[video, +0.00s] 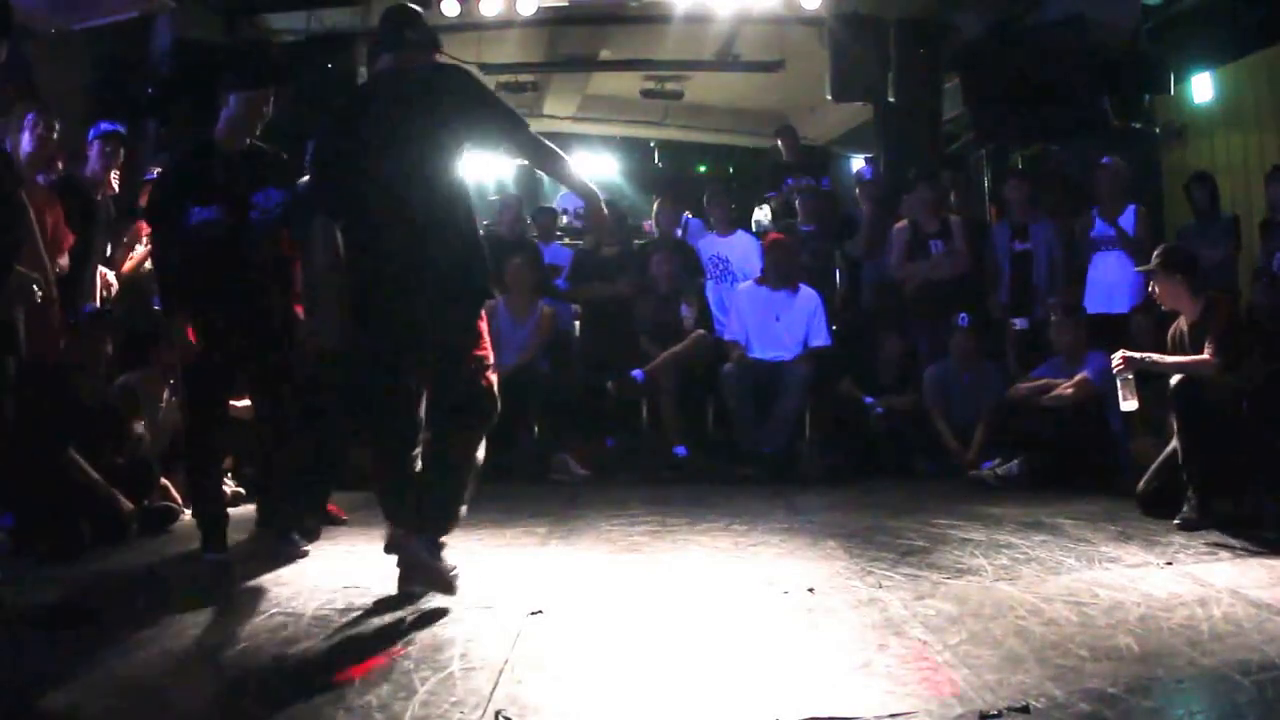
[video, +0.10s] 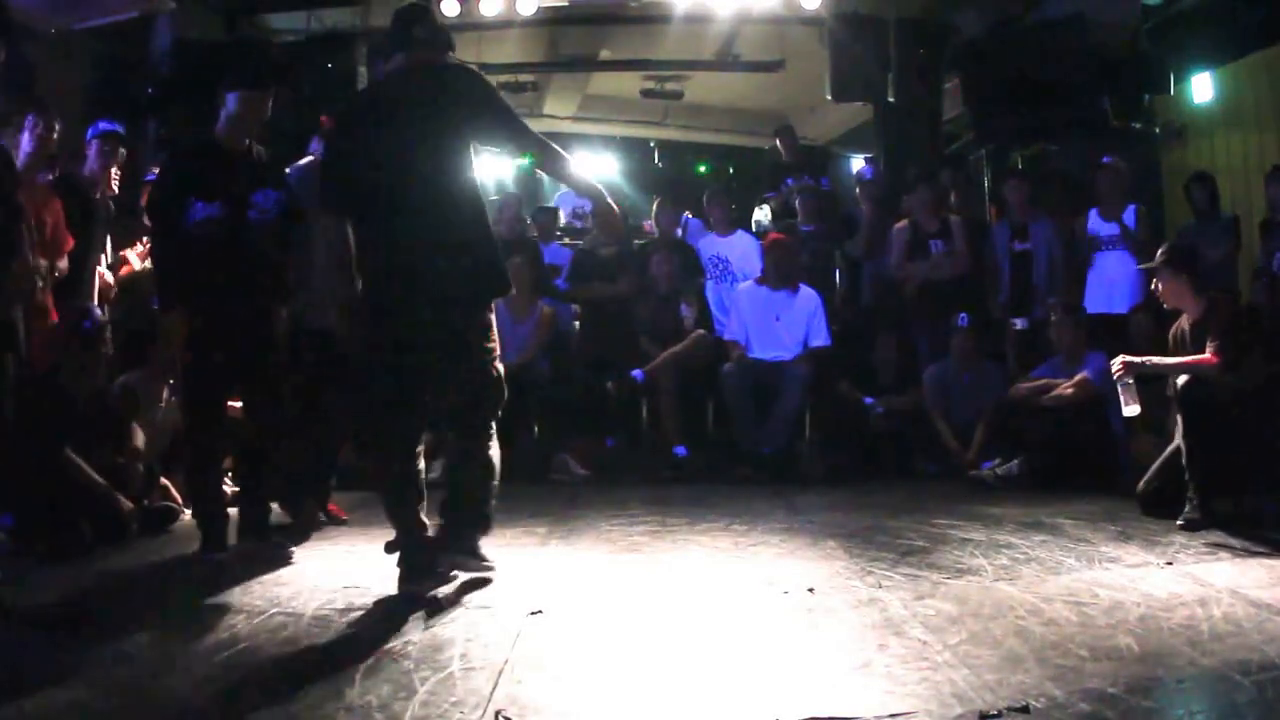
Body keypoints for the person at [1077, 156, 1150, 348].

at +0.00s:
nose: (1105, 185)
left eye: (1109, 179)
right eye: (1101, 179)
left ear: (1121, 182)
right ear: (1096, 182)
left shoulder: (1136, 214)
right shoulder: (1090, 217)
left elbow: (1140, 253)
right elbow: (1080, 252)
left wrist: (1116, 227)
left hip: (1126, 291)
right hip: (1097, 291)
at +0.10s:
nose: (1107, 187)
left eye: (1112, 180)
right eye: (1103, 181)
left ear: (1123, 183)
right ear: (1098, 184)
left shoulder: (1136, 214)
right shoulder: (1089, 218)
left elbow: (1142, 252)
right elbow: (1081, 257)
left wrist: (1121, 225)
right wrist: (1090, 244)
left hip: (1128, 284)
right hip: (1098, 284)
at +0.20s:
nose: (1107, 185)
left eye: (1112, 179)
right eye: (1103, 179)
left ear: (1123, 182)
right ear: (1098, 183)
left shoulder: (1136, 213)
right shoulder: (1090, 216)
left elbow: (1145, 252)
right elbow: (1083, 259)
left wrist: (1116, 241)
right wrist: (1100, 245)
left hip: (1127, 296)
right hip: (1097, 297)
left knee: (1130, 350)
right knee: (1099, 350)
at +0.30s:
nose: (1106, 184)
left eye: (1111, 178)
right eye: (1102, 178)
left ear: (1120, 181)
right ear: (1098, 182)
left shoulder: (1136, 213)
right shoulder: (1090, 216)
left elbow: (1145, 251)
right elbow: (1082, 259)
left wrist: (1120, 237)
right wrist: (1097, 248)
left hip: (1127, 290)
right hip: (1097, 291)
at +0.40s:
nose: (1107, 183)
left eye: (1111, 178)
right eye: (1103, 178)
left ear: (1121, 180)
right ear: (1098, 182)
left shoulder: (1136, 213)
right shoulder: (1088, 217)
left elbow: (1142, 253)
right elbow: (1081, 260)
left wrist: (1116, 228)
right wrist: (1096, 251)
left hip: (1127, 292)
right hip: (1097, 292)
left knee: (1127, 345)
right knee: (1098, 345)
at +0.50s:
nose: (1107, 183)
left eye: (1111, 177)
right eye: (1102, 178)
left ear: (1120, 180)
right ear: (1097, 181)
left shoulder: (1137, 214)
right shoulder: (1087, 218)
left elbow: (1145, 259)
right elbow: (1080, 263)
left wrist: (1119, 245)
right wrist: (1100, 250)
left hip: (1127, 302)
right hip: (1096, 303)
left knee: (1128, 360)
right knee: (1098, 361)